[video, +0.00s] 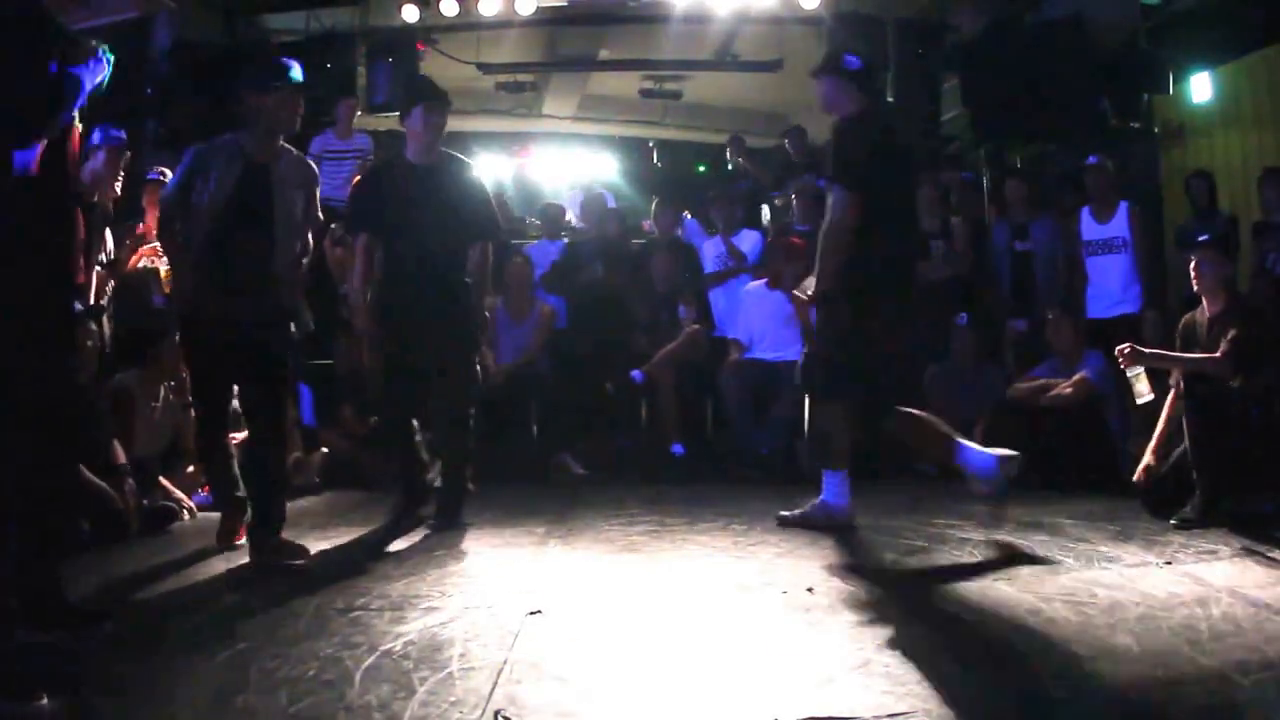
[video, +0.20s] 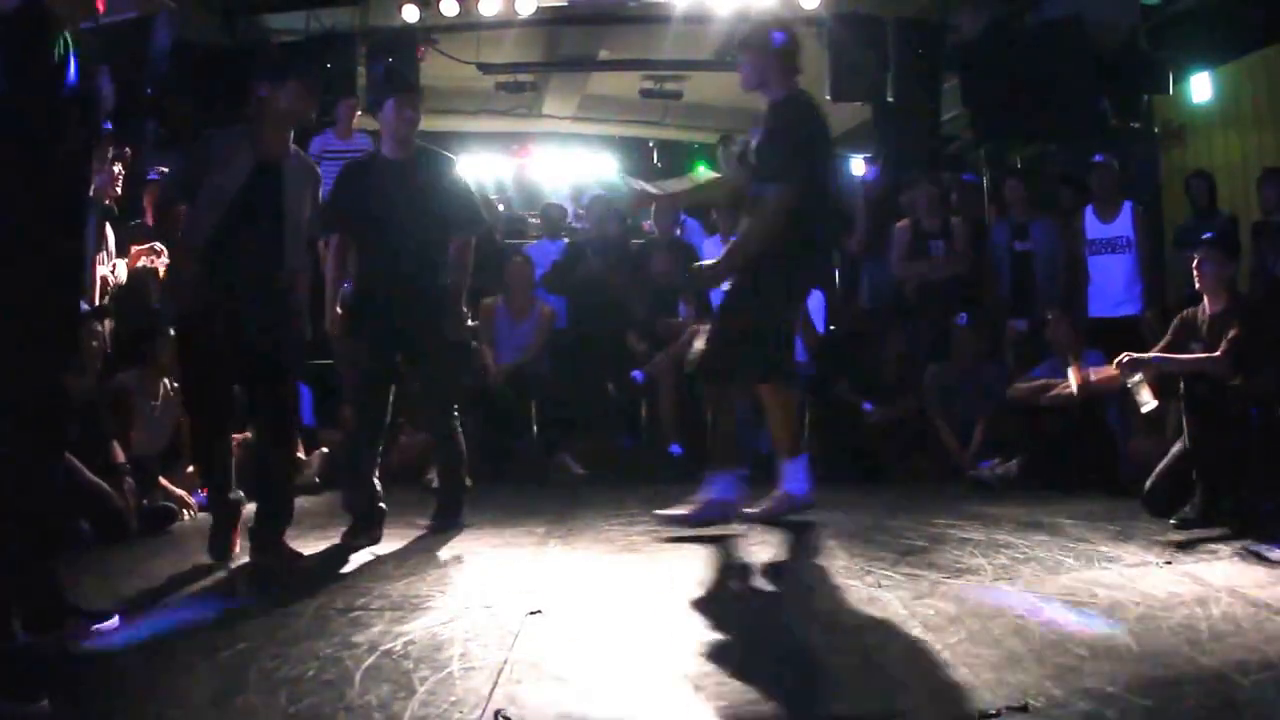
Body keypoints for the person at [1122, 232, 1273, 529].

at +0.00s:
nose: (1194, 269)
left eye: (1204, 262)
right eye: (1192, 261)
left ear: (1226, 269)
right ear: (1188, 267)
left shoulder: (1246, 316)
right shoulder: (1189, 324)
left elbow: (1222, 364)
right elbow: (1177, 392)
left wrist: (1147, 357)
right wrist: (1152, 453)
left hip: (1249, 427)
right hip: (1211, 429)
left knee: (1198, 391)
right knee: (1157, 495)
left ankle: (1205, 499)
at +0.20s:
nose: (1196, 267)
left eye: (1205, 261)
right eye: (1195, 261)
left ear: (1227, 267)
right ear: (1192, 266)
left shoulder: (1245, 315)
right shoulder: (1189, 319)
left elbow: (1223, 363)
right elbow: (1154, 361)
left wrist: (1152, 361)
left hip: (1243, 425)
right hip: (1205, 427)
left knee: (1195, 386)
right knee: (1157, 497)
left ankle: (1207, 499)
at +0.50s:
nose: (1196, 268)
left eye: (1206, 261)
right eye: (1196, 260)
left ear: (1230, 268)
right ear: (1192, 265)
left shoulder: (1248, 315)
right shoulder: (1190, 314)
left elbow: (1221, 363)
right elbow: (1132, 329)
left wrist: (1149, 361)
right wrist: (1082, 287)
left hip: (1249, 426)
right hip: (1209, 424)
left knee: (1199, 399)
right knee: (1156, 498)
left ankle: (1207, 502)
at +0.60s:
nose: (1198, 268)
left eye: (1207, 261)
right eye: (1196, 261)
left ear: (1229, 268)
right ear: (1191, 266)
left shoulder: (1247, 315)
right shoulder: (1189, 313)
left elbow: (1221, 363)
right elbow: (1133, 322)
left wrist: (1148, 361)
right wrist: (1084, 288)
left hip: (1245, 425)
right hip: (1207, 426)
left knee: (1195, 394)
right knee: (1156, 497)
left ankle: (1204, 498)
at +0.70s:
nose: (1198, 268)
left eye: (1207, 261)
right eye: (1196, 261)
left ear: (1230, 268)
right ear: (1193, 265)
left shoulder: (1248, 314)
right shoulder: (1190, 314)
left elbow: (1221, 362)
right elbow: (1138, 332)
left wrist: (1149, 361)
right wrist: (1093, 286)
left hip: (1246, 428)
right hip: (1208, 426)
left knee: (1196, 392)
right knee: (1156, 497)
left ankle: (1205, 500)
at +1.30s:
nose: (1200, 266)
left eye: (1209, 260)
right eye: (1197, 259)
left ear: (1227, 268)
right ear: (1191, 267)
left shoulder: (1245, 314)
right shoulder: (1187, 319)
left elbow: (1222, 362)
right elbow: (1170, 373)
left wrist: (1150, 366)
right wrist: (1138, 378)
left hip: (1245, 428)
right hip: (1203, 430)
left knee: (1195, 387)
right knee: (1155, 498)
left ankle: (1206, 499)